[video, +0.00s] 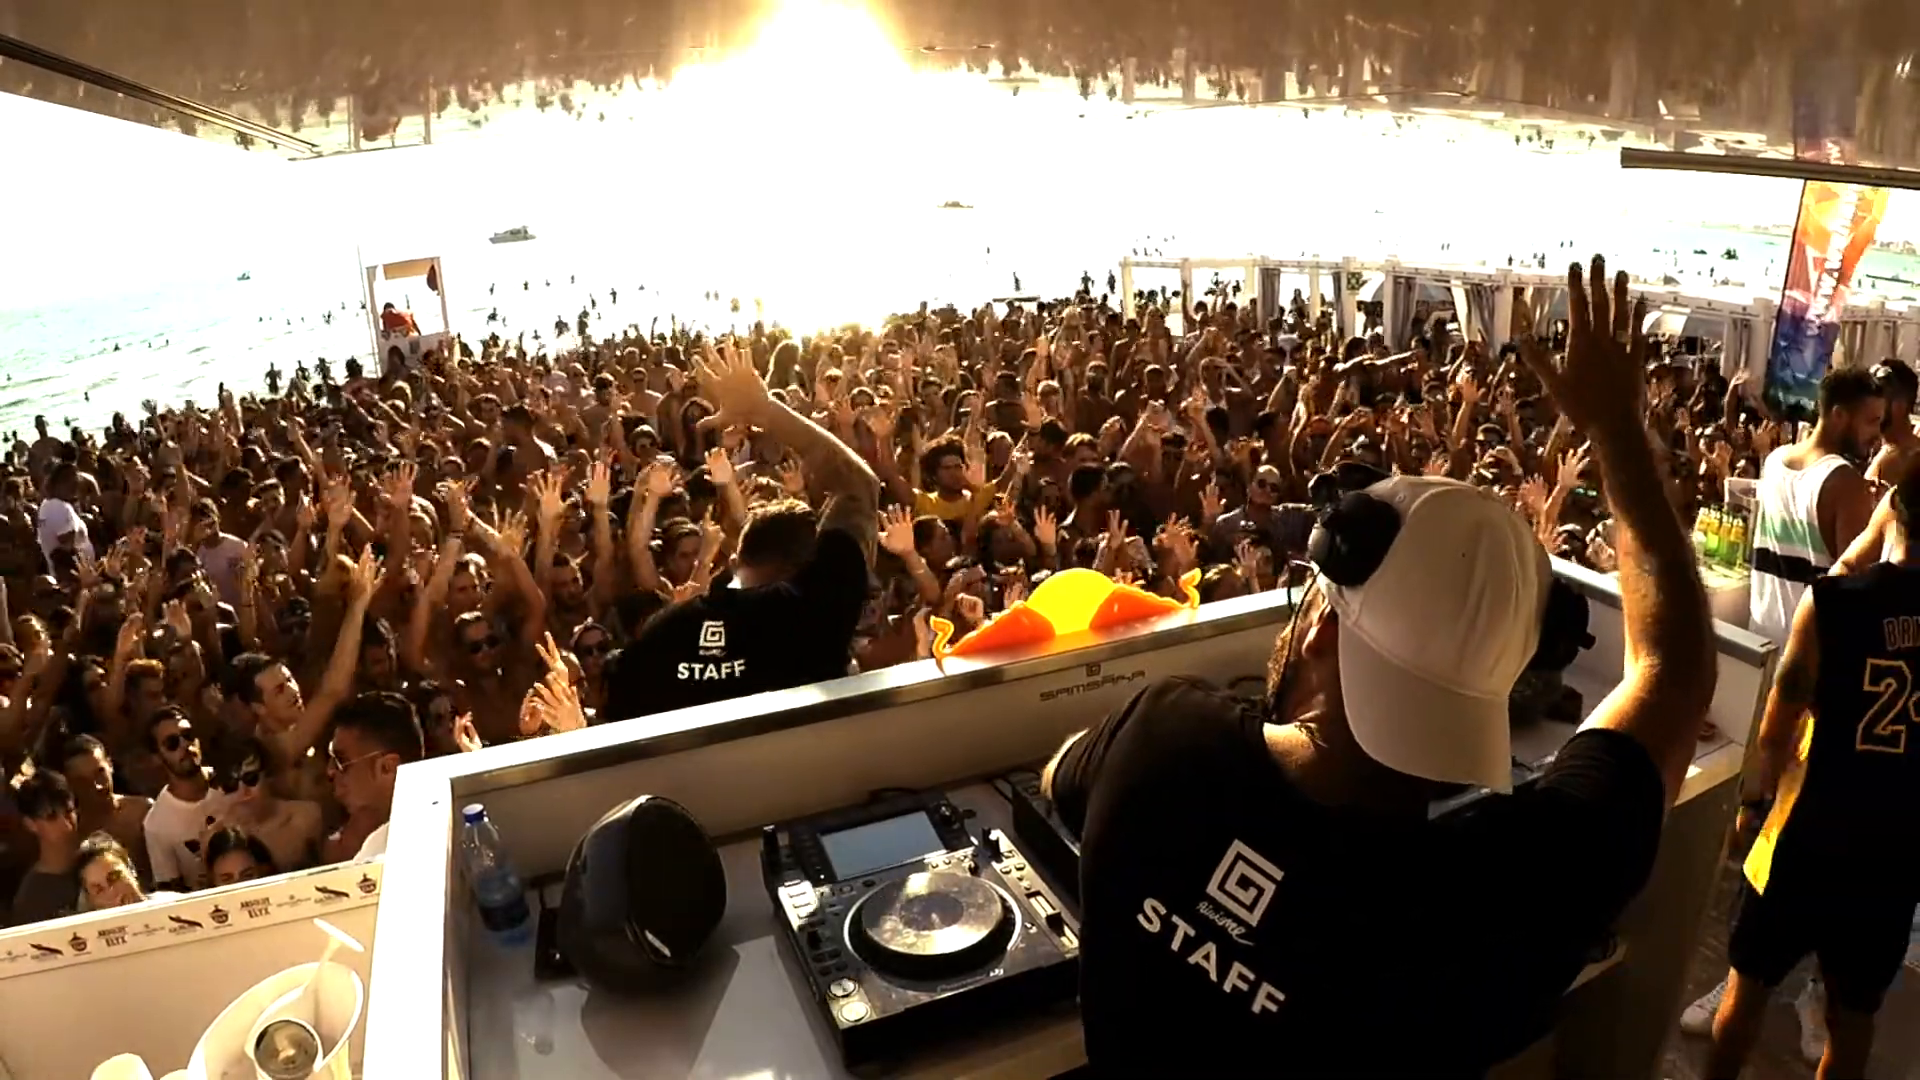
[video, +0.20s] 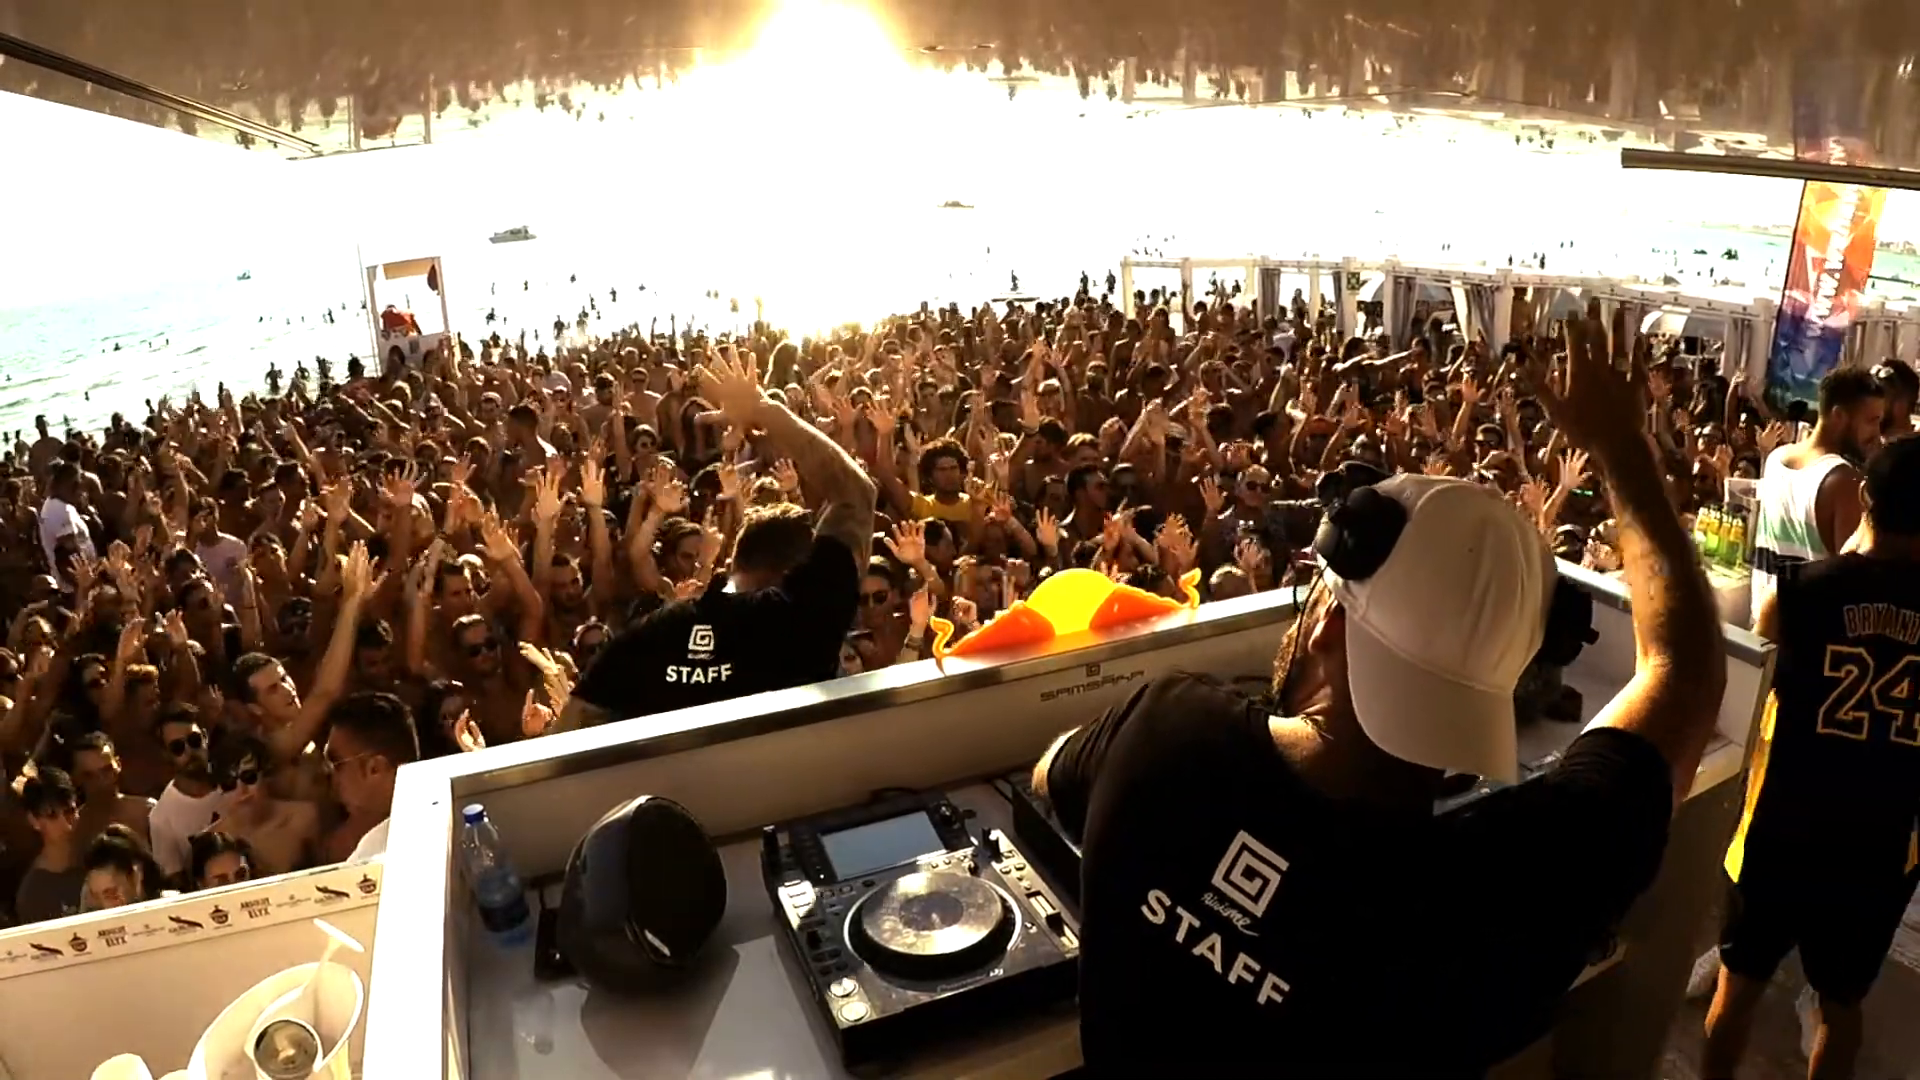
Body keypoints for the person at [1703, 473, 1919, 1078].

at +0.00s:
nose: (1874, 505)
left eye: (1883, 493)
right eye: (1884, 491)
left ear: (1894, 512)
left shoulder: (1833, 604)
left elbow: (1776, 732)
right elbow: (1777, 731)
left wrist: (1753, 803)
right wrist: (1754, 801)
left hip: (1809, 839)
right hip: (1895, 851)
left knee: (1745, 987)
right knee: (1853, 1019)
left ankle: (1716, 1072)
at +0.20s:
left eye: (1861, 482)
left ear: (1864, 499)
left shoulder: (1802, 592)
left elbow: (1764, 713)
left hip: (1781, 833)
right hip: (1881, 849)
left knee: (1736, 988)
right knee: (1840, 1008)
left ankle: (1713, 1076)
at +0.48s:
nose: (1831, 488)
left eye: (1838, 480)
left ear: (1844, 492)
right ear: (1918, 509)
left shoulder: (1782, 576)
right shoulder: (1919, 591)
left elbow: (1732, 690)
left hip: (1775, 810)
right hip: (1866, 823)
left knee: (1733, 976)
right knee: (1829, 983)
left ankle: (1710, 1077)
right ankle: (1806, 1077)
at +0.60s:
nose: (1834, 486)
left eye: (1841, 477)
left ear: (1848, 489)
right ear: (1919, 504)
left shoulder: (1788, 575)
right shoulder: (1919, 589)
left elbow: (1751, 629)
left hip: (1779, 804)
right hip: (1868, 818)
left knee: (1734, 972)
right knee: (1826, 973)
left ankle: (1712, 1076)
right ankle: (1795, 1075)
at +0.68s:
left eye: (1850, 479)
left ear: (1852, 492)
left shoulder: (1799, 574)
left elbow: (1757, 627)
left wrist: (1818, 518)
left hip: (1781, 800)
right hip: (1867, 814)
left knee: (1735, 973)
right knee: (1824, 973)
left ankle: (1711, 1078)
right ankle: (1787, 1072)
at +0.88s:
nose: (1864, 486)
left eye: (1868, 478)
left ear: (1871, 493)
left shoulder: (1815, 578)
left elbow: (1778, 666)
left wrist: (1805, 562)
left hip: (1788, 803)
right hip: (1878, 812)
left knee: (1740, 966)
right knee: (1827, 970)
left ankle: (1712, 1075)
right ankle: (1783, 1071)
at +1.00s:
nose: (1867, 475)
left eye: (1873, 465)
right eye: (1874, 460)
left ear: (1882, 486)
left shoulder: (1832, 578)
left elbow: (1782, 690)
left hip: (1802, 794)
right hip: (1887, 808)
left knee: (1740, 963)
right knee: (1835, 968)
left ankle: (1712, 1074)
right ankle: (1785, 1070)